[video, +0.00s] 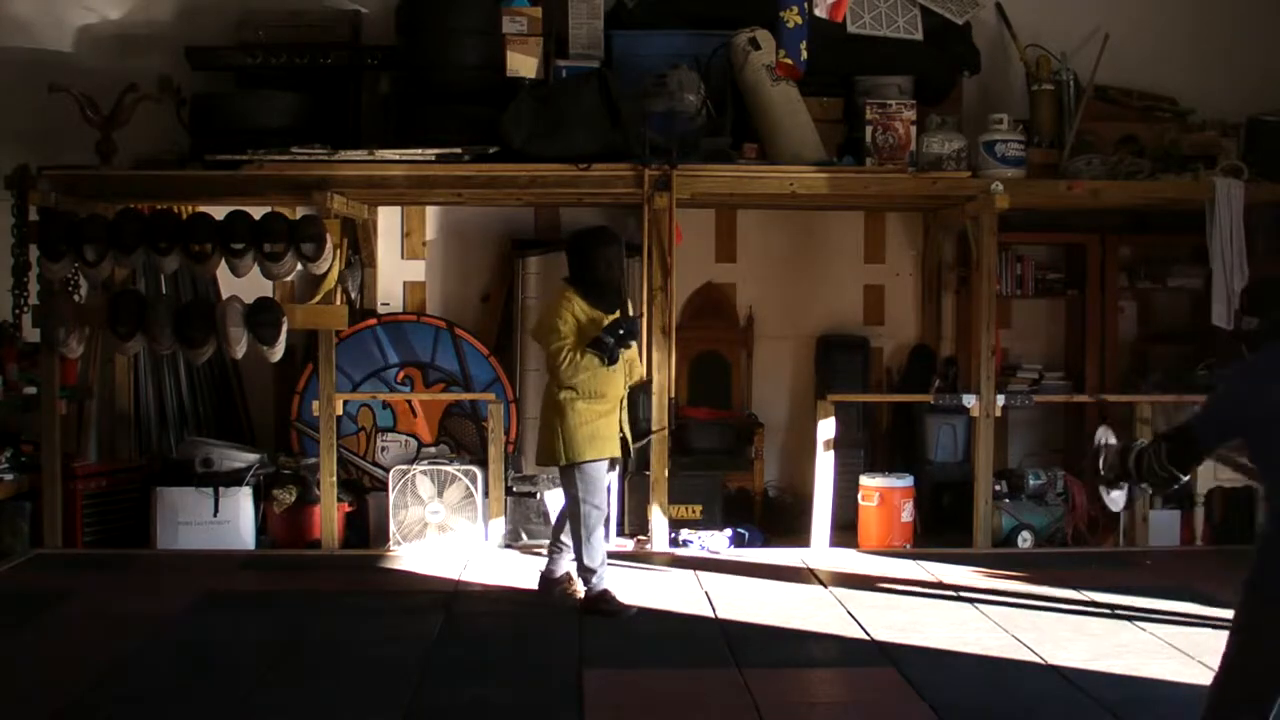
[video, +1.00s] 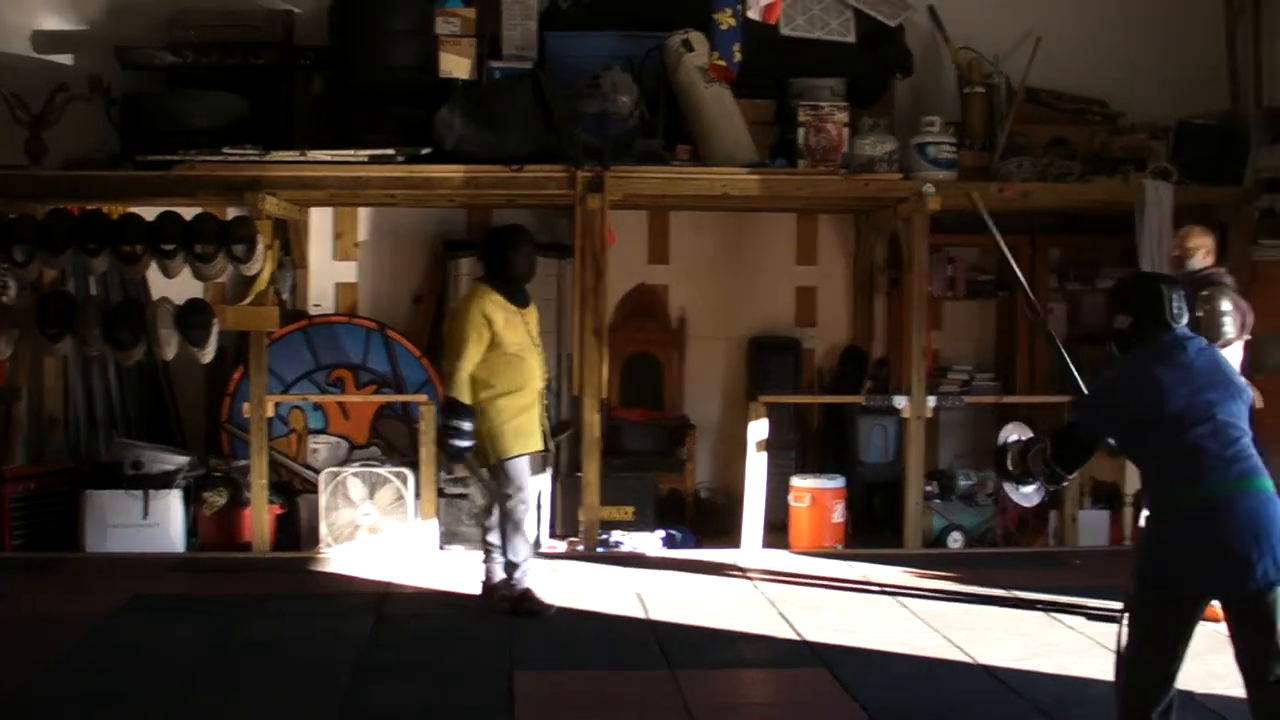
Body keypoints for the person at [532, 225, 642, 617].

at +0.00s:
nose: (618, 270)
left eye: (619, 261)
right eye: (609, 261)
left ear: (617, 264)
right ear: (589, 264)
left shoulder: (614, 309)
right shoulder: (563, 308)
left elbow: (631, 375)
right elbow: (566, 371)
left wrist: (630, 341)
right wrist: (607, 344)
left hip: (608, 423)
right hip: (577, 423)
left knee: (584, 502)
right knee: (591, 506)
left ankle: (555, 575)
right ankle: (595, 587)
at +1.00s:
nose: (532, 265)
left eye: (533, 256)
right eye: (524, 256)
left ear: (529, 260)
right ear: (501, 259)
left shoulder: (524, 304)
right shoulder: (478, 305)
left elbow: (529, 366)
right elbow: (460, 366)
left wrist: (540, 419)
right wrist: (458, 423)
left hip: (526, 417)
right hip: (499, 419)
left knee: (508, 498)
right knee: (519, 495)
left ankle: (496, 579)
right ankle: (515, 582)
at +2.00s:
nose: (382, 264)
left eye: (383, 255)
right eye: (374, 256)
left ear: (383, 258)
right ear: (352, 259)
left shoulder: (386, 305)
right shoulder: (327, 305)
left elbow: (395, 357)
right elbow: (314, 368)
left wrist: (414, 396)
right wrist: (322, 425)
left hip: (381, 423)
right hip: (351, 427)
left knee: (366, 502)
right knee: (360, 504)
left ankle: (354, 580)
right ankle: (358, 586)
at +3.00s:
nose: (296, 274)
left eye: (297, 266)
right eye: (287, 266)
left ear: (298, 268)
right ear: (263, 268)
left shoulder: (301, 310)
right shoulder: (232, 313)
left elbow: (308, 369)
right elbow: (212, 378)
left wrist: (315, 424)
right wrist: (206, 438)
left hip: (285, 429)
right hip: (248, 431)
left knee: (262, 512)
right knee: (263, 514)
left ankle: (239, 587)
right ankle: (262, 598)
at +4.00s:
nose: (295, 277)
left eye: (296, 268)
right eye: (286, 269)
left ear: (297, 268)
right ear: (261, 271)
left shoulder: (301, 303)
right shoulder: (237, 313)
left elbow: (336, 330)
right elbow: (237, 373)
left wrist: (351, 348)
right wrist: (288, 367)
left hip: (284, 425)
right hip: (248, 424)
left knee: (261, 504)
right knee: (261, 505)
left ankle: (236, 583)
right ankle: (266, 593)